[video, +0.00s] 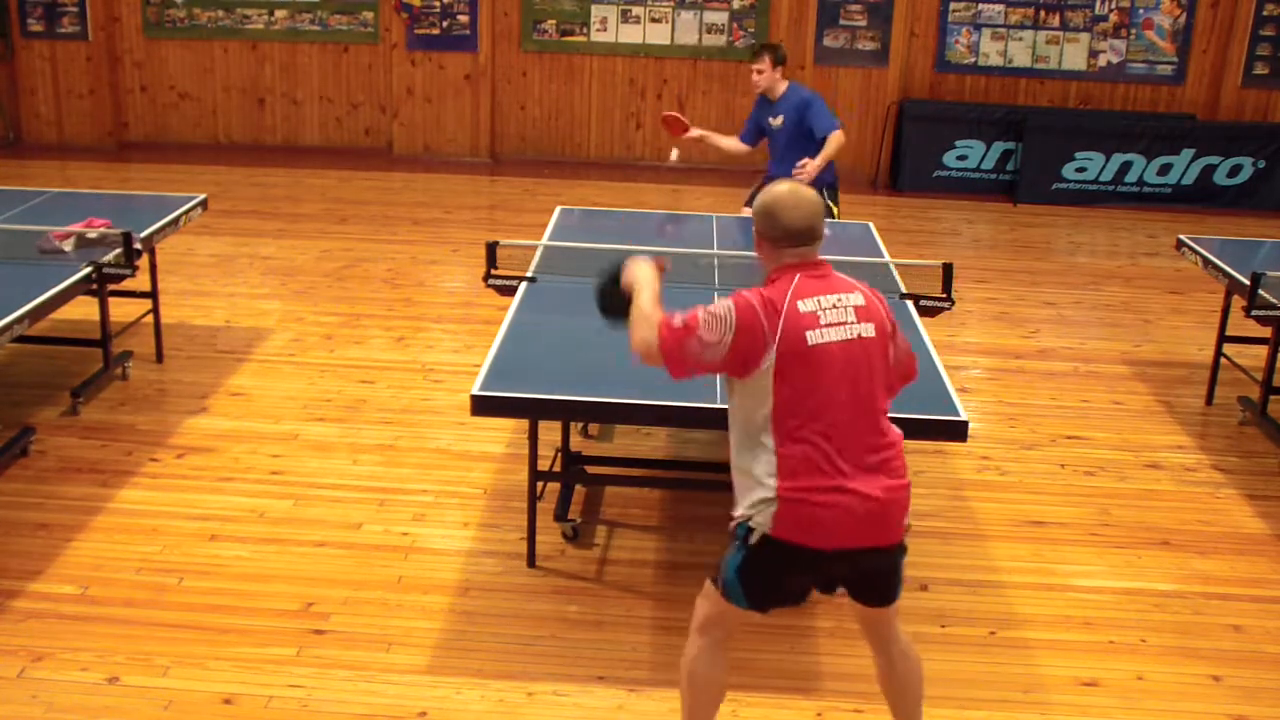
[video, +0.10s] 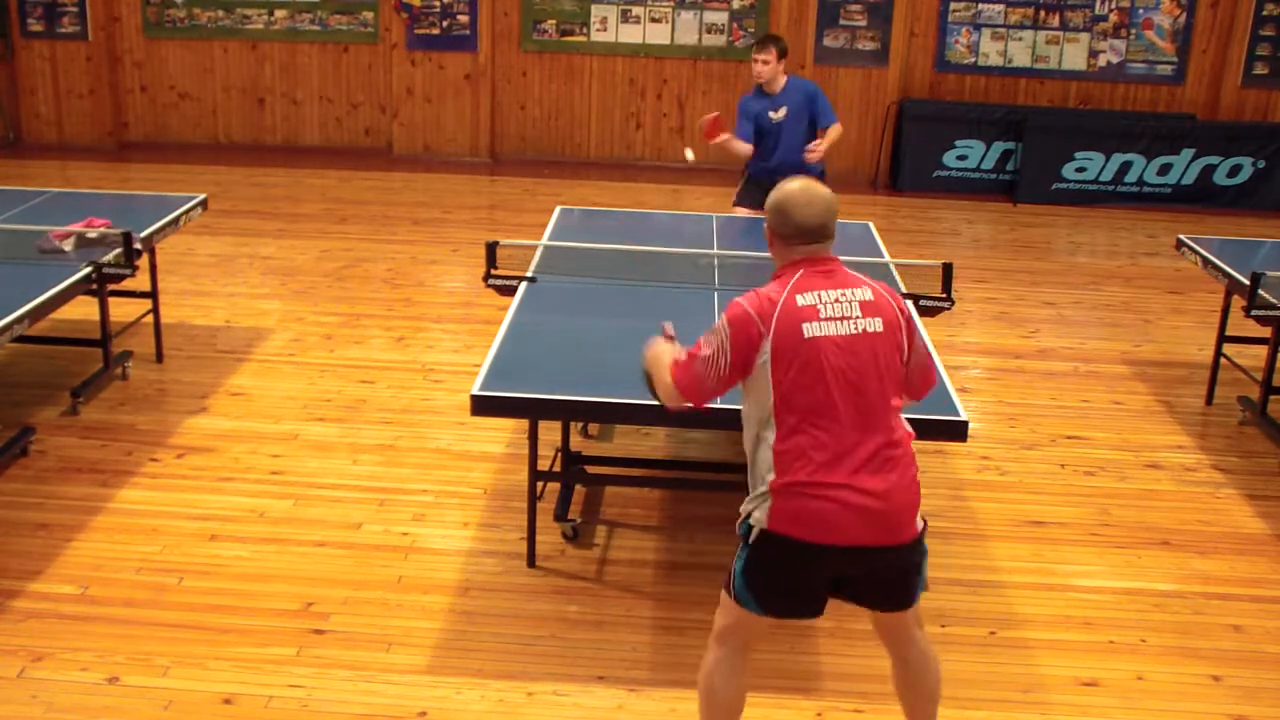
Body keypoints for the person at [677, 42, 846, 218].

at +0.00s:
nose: (754, 78)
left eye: (760, 72)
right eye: (752, 72)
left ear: (778, 72)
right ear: (750, 71)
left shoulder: (806, 99)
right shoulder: (763, 103)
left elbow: (837, 137)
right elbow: (743, 145)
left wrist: (816, 165)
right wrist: (703, 135)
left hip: (815, 185)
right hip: (777, 183)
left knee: (822, 241)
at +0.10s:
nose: (758, 69)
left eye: (765, 63)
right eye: (755, 62)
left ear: (781, 65)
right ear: (750, 62)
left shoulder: (806, 91)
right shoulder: (750, 104)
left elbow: (835, 127)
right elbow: (746, 150)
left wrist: (823, 145)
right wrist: (726, 141)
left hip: (803, 177)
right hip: (762, 177)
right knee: (740, 221)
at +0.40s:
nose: (788, 41)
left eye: (794, 35)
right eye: (782, 34)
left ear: (804, 39)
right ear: (773, 38)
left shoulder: (821, 74)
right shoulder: (759, 74)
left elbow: (830, 107)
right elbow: (744, 116)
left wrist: (828, 140)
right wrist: (756, 119)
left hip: (794, 155)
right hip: (755, 152)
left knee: (807, 213)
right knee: (739, 213)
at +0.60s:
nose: (778, 39)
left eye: (784, 32)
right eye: (773, 32)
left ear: (794, 36)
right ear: (765, 36)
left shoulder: (815, 72)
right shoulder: (750, 72)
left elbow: (832, 107)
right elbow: (739, 107)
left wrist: (816, 135)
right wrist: (742, 128)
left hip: (800, 153)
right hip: (761, 151)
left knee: (811, 211)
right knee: (738, 206)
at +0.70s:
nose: (765, 54)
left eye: (771, 48)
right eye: (760, 48)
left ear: (782, 50)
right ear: (754, 51)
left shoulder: (800, 85)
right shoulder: (745, 90)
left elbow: (820, 127)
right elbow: (741, 126)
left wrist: (786, 149)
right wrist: (730, 154)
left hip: (796, 169)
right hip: (759, 167)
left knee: (815, 225)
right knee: (732, 211)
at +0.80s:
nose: (746, 70)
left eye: (752, 64)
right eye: (741, 64)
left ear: (764, 65)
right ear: (736, 67)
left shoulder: (777, 95)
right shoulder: (749, 98)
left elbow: (779, 137)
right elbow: (753, 139)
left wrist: (737, 148)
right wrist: (737, 167)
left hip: (794, 175)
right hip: (763, 170)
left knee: (801, 236)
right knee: (729, 210)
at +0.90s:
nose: (731, 79)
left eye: (737, 72)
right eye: (727, 74)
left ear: (752, 74)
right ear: (723, 75)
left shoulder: (755, 99)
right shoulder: (755, 96)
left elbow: (734, 130)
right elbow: (771, 135)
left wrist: (694, 148)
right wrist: (750, 159)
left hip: (792, 177)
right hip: (765, 173)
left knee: (796, 238)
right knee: (722, 215)